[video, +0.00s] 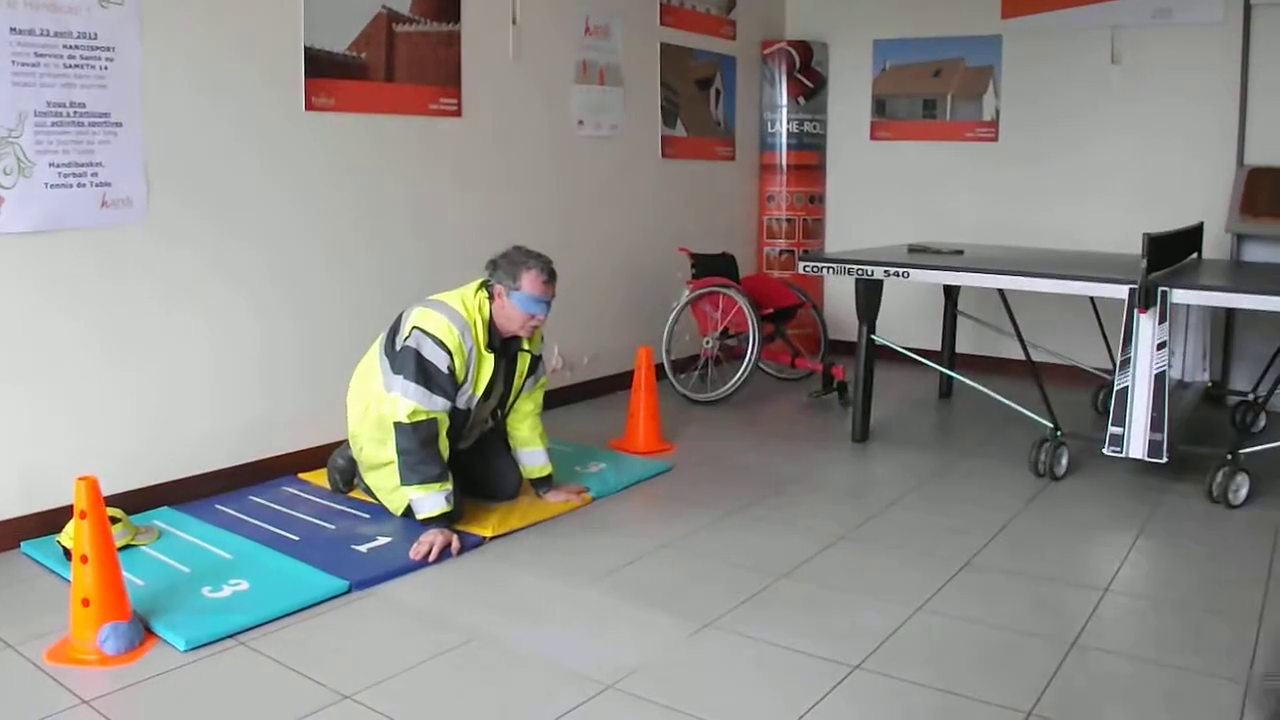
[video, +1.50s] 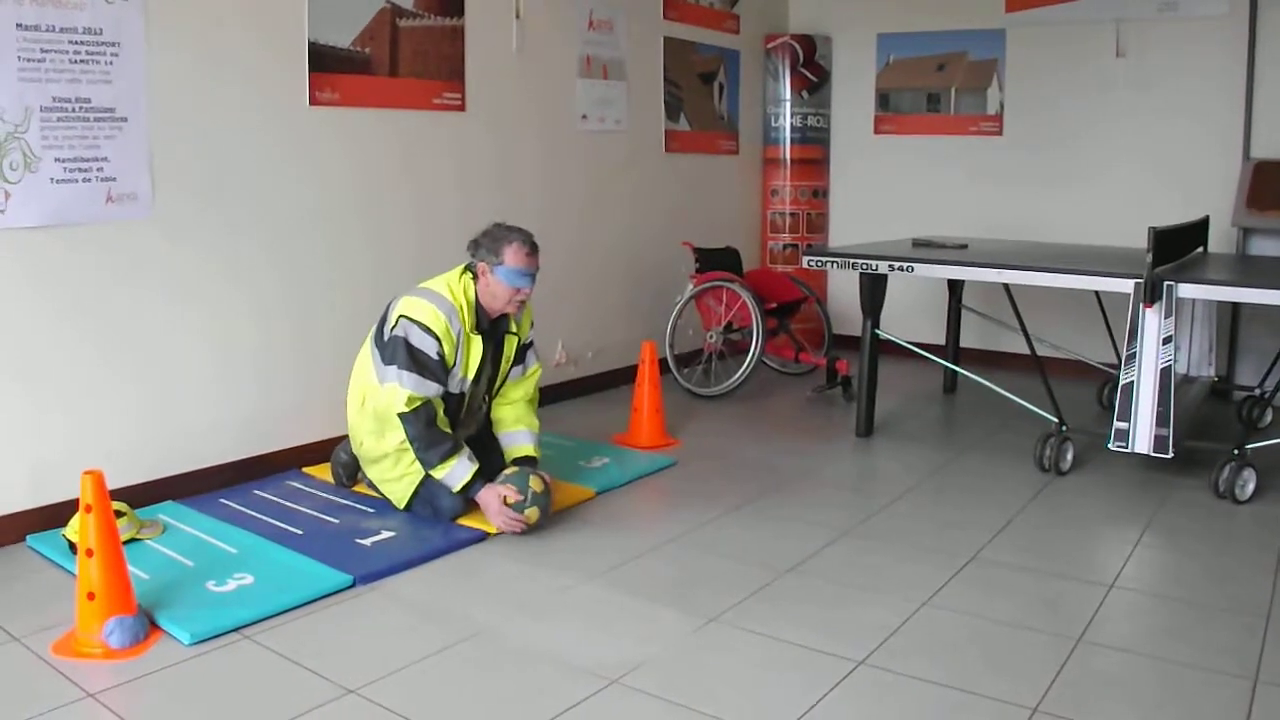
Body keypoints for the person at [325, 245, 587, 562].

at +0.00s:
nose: (540, 318)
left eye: (546, 307)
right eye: (532, 306)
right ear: (498, 295)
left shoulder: (527, 337)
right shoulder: (437, 331)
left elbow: (524, 411)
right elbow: (415, 427)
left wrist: (545, 484)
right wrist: (436, 523)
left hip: (461, 415)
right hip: (387, 422)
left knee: (504, 487)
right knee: (432, 512)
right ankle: (362, 462)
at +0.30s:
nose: (535, 313)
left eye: (541, 303)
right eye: (526, 300)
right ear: (493, 290)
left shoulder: (521, 331)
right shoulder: (431, 327)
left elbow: (520, 406)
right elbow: (410, 423)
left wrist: (541, 480)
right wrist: (433, 519)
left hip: (459, 415)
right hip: (385, 421)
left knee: (500, 485)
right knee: (414, 505)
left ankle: (425, 458)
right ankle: (358, 459)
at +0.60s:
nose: (535, 309)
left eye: (541, 298)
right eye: (527, 297)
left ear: (546, 290)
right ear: (494, 286)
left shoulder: (522, 322)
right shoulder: (433, 322)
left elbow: (522, 399)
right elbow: (405, 417)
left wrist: (554, 463)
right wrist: (444, 504)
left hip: (463, 413)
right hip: (386, 421)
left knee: (502, 482)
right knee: (428, 511)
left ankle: (427, 459)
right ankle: (360, 455)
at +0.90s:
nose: (530, 300)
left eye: (535, 290)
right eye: (522, 288)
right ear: (489, 276)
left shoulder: (518, 314)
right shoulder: (428, 316)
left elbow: (516, 395)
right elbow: (422, 421)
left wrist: (546, 464)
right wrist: (472, 497)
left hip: (462, 414)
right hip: (390, 427)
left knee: (513, 487)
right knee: (443, 506)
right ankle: (361, 458)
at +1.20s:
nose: (522, 298)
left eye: (528, 287)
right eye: (513, 286)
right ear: (480, 276)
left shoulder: (512, 316)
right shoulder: (423, 319)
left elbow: (509, 397)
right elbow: (414, 421)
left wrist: (517, 467)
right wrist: (478, 489)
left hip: (452, 416)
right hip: (384, 430)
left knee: (492, 476)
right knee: (447, 505)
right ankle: (364, 456)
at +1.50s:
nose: (527, 292)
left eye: (532, 280)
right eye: (517, 280)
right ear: (483, 272)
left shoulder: (516, 314)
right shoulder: (426, 316)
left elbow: (515, 394)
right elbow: (416, 419)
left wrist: (525, 466)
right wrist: (479, 489)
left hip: (456, 416)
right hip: (388, 428)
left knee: (498, 476)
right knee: (450, 506)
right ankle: (369, 458)